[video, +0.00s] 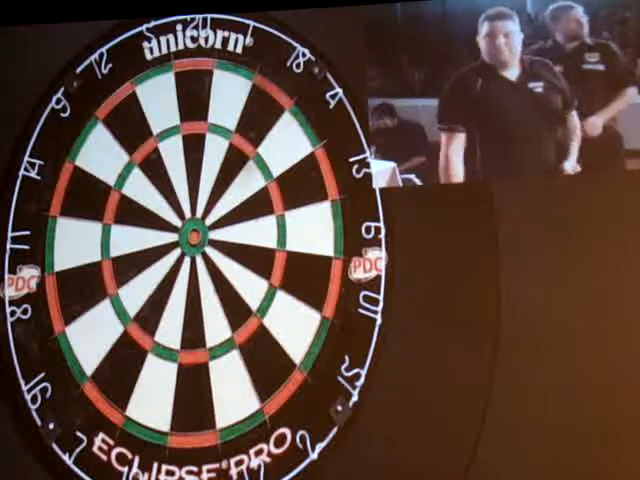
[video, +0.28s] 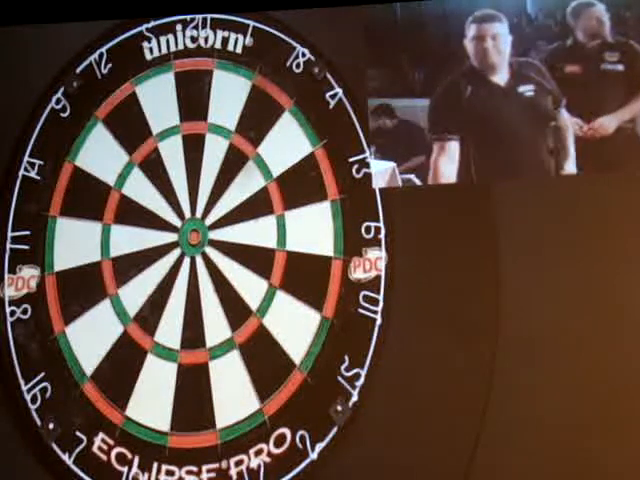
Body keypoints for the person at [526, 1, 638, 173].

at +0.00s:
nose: (582, 23)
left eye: (583, 18)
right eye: (574, 19)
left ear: (587, 20)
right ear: (555, 24)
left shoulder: (605, 50)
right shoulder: (537, 55)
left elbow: (631, 91)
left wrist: (600, 118)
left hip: (601, 147)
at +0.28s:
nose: (596, 38)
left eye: (601, 29)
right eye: (589, 34)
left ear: (608, 23)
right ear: (573, 26)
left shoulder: (628, 52)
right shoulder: (556, 56)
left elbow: (637, 98)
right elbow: (543, 98)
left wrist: (614, 119)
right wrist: (567, 121)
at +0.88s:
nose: (616, 21)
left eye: (621, 16)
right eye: (608, 17)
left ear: (630, 20)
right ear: (595, 21)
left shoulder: (636, 54)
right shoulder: (574, 54)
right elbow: (554, 97)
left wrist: (623, 125)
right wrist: (577, 119)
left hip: (628, 159)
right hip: (583, 158)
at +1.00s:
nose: (616, 22)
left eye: (621, 16)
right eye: (609, 17)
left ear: (630, 20)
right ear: (595, 22)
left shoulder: (636, 54)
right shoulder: (574, 54)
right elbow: (555, 97)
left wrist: (624, 125)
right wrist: (578, 120)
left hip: (628, 158)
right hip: (584, 157)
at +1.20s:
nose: (612, 22)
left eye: (618, 16)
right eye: (605, 17)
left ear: (628, 20)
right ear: (593, 22)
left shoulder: (636, 54)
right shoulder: (575, 55)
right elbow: (549, 96)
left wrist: (628, 126)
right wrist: (578, 121)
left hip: (629, 157)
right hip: (584, 156)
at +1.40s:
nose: (606, 22)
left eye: (612, 16)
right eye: (600, 17)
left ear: (623, 21)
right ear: (588, 22)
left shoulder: (635, 53)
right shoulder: (572, 55)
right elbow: (545, 93)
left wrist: (626, 128)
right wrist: (576, 120)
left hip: (628, 158)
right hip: (582, 157)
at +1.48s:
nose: (605, 22)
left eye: (610, 16)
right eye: (598, 17)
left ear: (622, 20)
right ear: (587, 22)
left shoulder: (635, 53)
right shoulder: (572, 56)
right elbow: (543, 93)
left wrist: (625, 128)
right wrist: (574, 119)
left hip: (628, 157)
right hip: (582, 155)